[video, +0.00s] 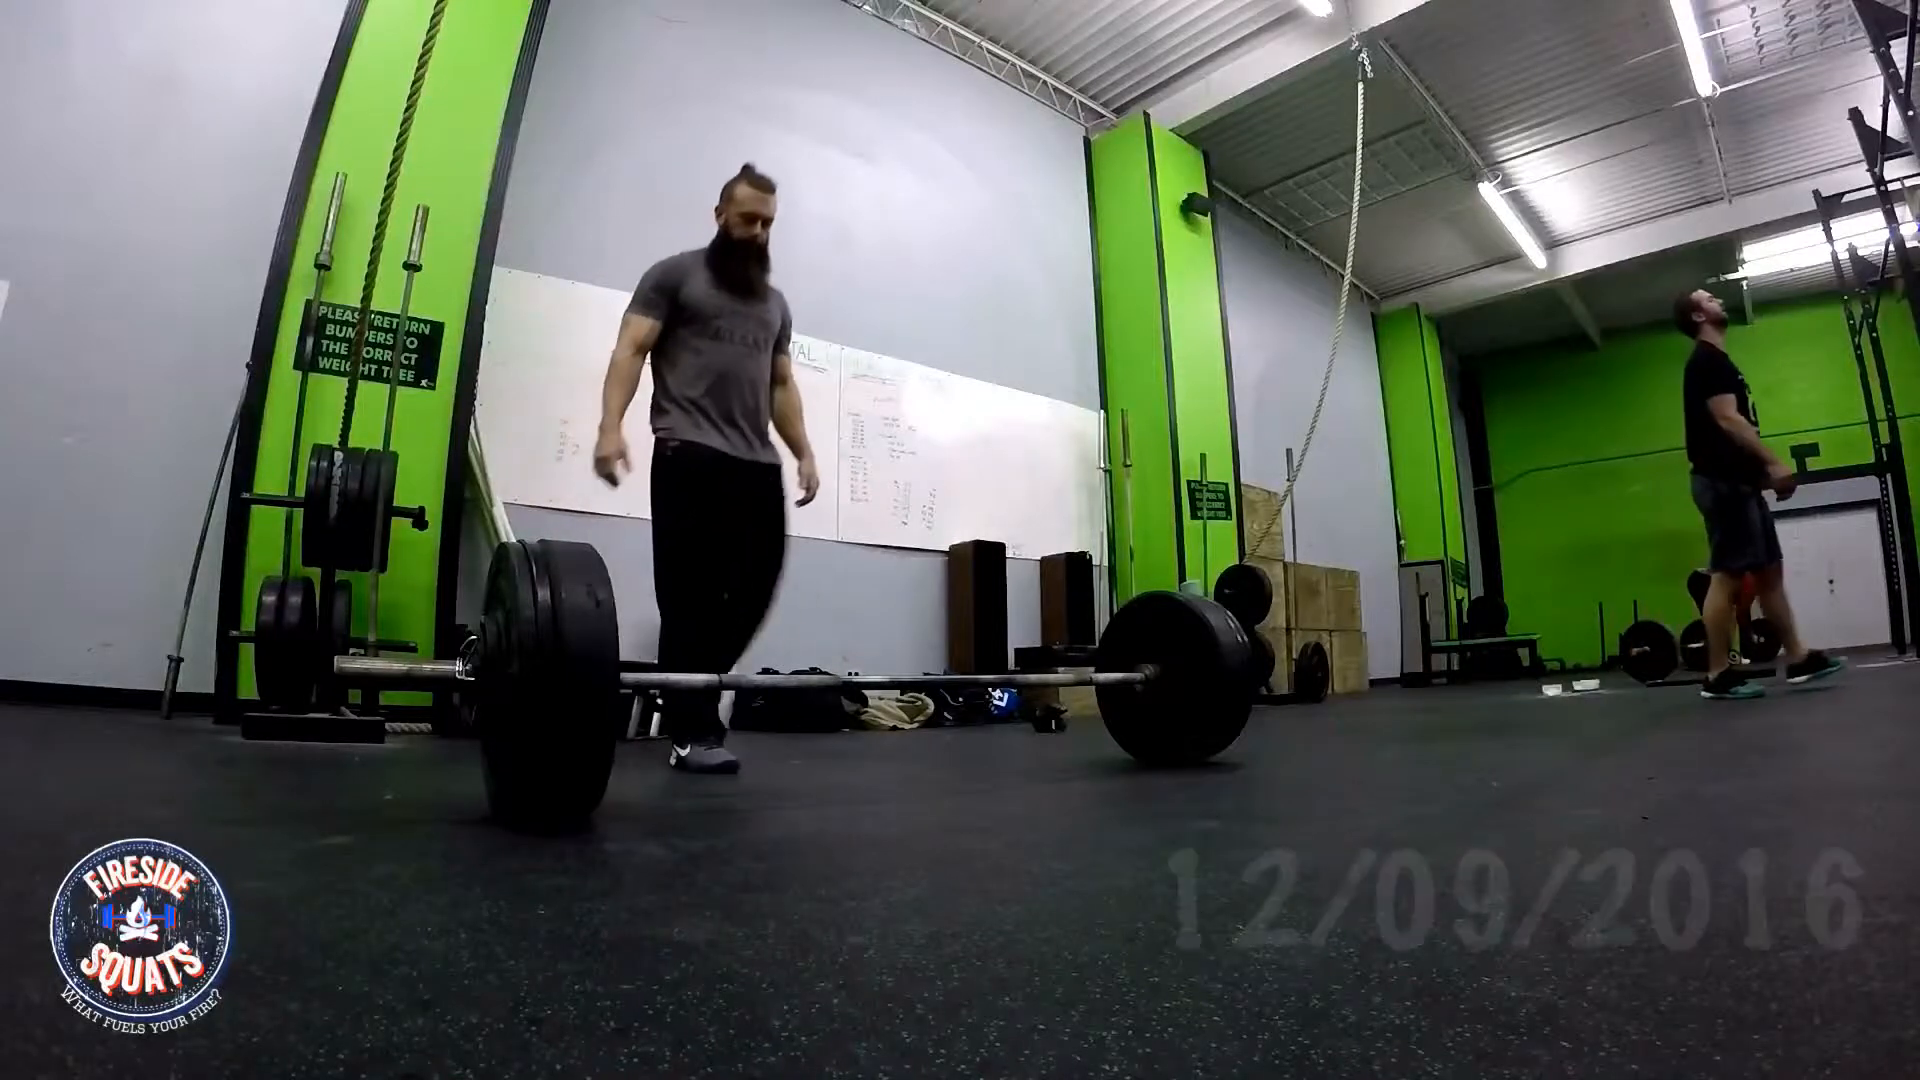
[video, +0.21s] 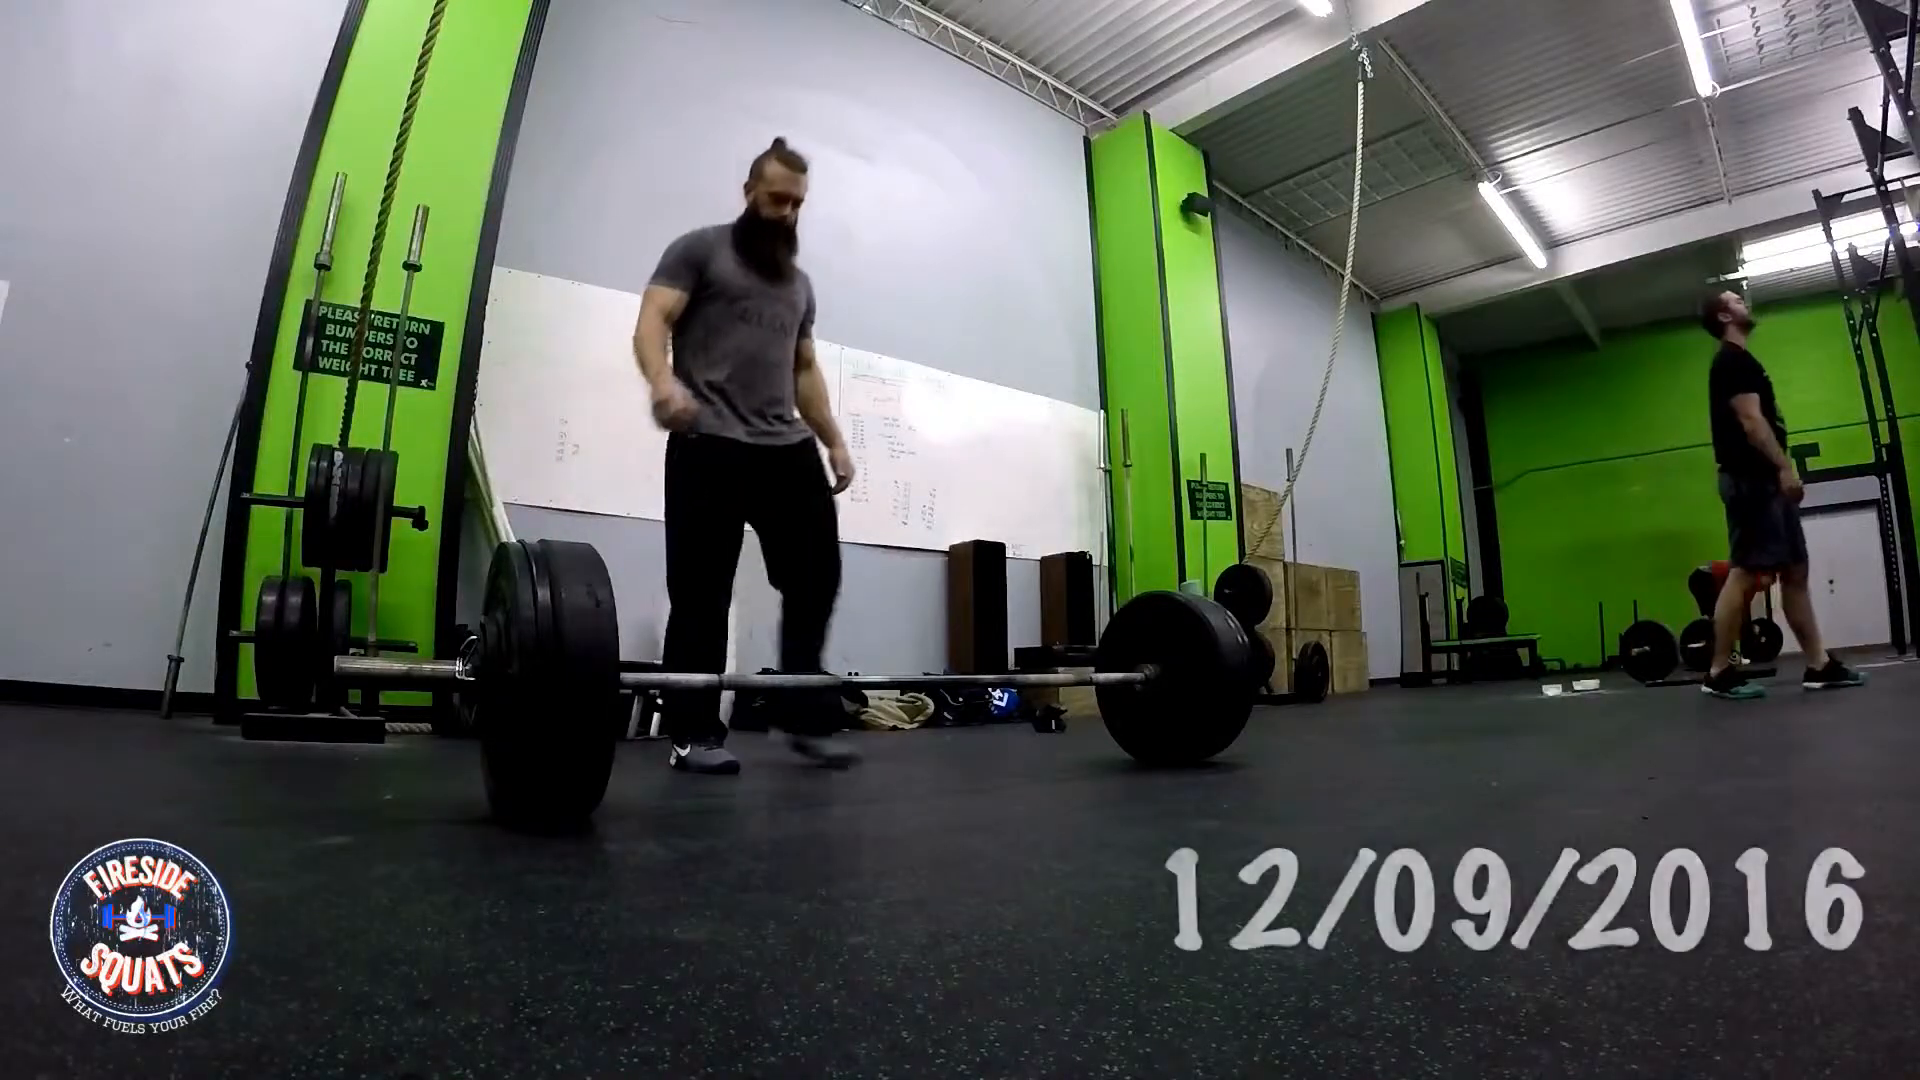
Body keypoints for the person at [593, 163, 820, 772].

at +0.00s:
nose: (757, 231)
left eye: (766, 222)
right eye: (747, 218)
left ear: (773, 224)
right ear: (720, 213)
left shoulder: (775, 304)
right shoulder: (673, 276)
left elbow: (781, 383)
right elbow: (630, 350)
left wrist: (804, 451)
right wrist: (610, 426)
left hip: (754, 464)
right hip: (687, 455)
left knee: (756, 583)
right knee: (692, 588)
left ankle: (686, 696)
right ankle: (693, 737)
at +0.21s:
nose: (784, 211)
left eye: (794, 201)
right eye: (774, 198)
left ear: (804, 203)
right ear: (749, 191)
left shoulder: (797, 285)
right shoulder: (699, 251)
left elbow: (804, 368)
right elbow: (651, 324)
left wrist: (834, 440)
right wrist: (663, 382)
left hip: (783, 451)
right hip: (706, 442)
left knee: (814, 577)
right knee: (702, 593)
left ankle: (800, 718)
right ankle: (694, 736)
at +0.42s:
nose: (829, 208)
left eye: (840, 199)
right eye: (820, 195)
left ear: (850, 201)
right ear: (794, 188)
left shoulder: (838, 285)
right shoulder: (741, 241)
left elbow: (841, 370)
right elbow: (689, 307)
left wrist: (867, 444)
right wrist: (693, 367)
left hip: (815, 456)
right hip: (735, 444)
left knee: (834, 604)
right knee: (717, 595)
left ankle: (883, 736)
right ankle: (698, 736)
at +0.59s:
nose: (880, 199)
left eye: (892, 191)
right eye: (871, 185)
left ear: (902, 196)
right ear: (847, 178)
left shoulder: (892, 278)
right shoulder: (790, 228)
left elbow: (895, 365)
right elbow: (733, 294)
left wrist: (916, 442)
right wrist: (714, 364)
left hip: (864, 442)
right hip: (783, 427)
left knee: (868, 591)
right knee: (754, 574)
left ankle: (883, 741)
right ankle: (711, 724)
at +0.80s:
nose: (912, 191)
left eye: (924, 182)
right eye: (902, 177)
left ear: (934, 184)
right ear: (875, 168)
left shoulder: (929, 268)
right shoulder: (819, 220)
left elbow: (940, 355)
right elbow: (760, 286)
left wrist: (975, 426)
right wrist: (732, 357)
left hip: (890, 430)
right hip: (808, 414)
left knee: (879, 589)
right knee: (784, 575)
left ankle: (885, 741)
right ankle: (750, 737)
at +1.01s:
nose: (921, 181)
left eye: (934, 172)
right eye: (912, 165)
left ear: (948, 172)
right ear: (887, 153)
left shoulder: (945, 257)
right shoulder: (830, 210)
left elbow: (962, 345)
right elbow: (771, 279)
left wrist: (1005, 416)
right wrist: (740, 351)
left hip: (905, 425)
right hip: (822, 411)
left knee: (888, 586)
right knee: (806, 574)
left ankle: (886, 738)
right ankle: (799, 740)